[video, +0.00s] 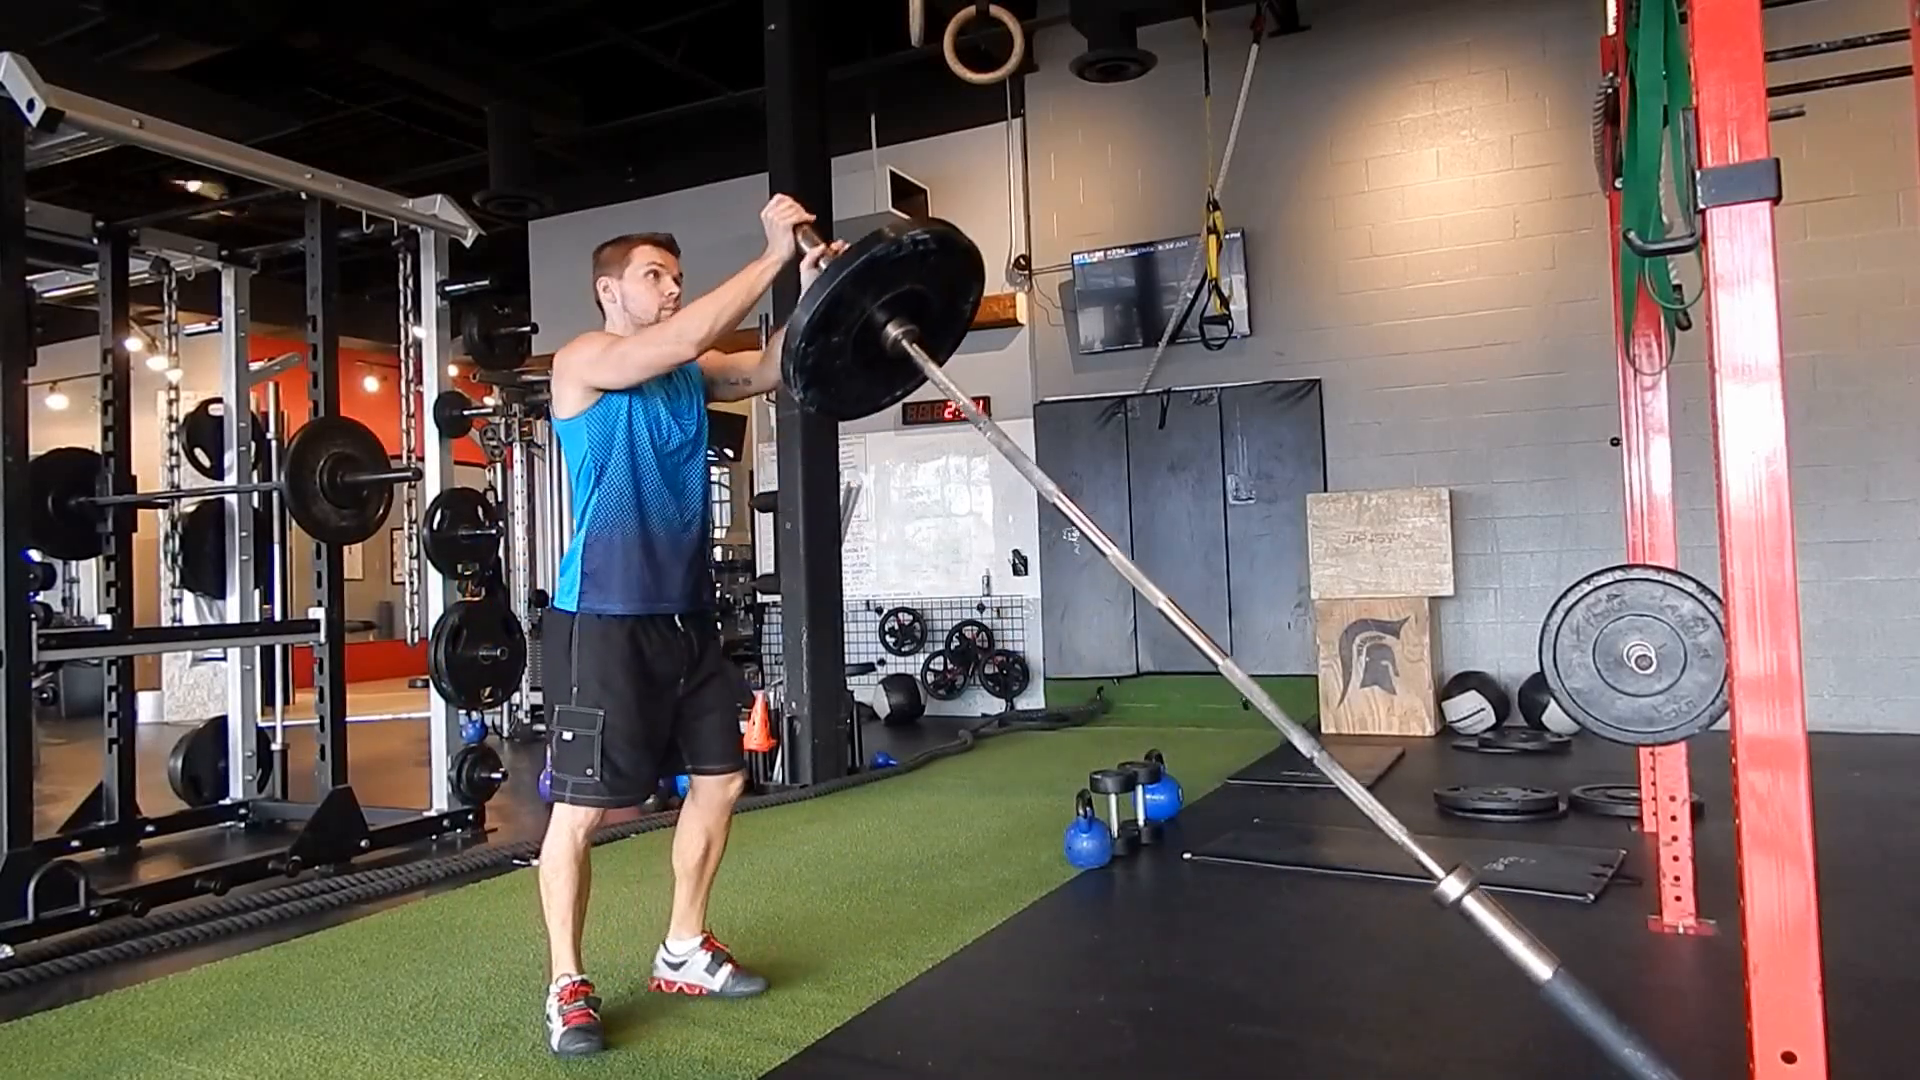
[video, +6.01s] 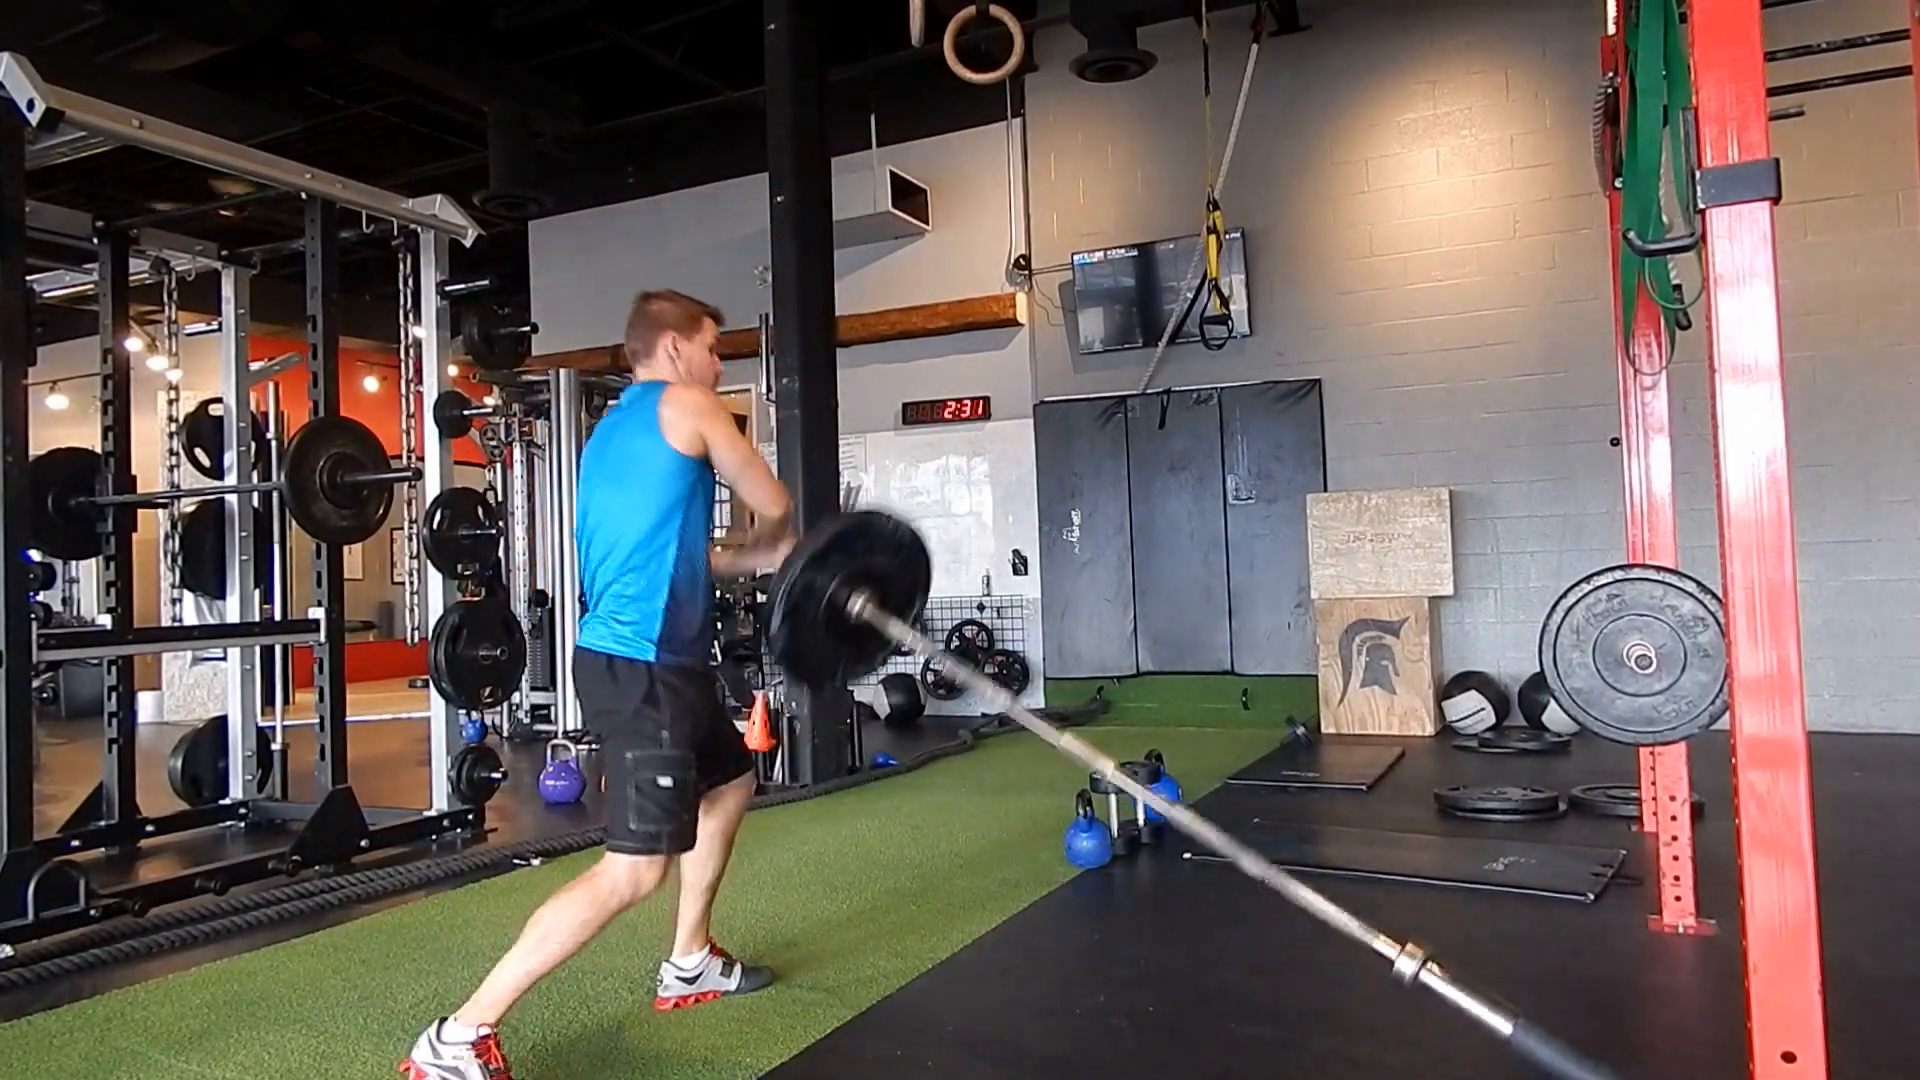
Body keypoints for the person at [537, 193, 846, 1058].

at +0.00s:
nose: (672, 290)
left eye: (678, 280)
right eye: (655, 275)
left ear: (676, 295)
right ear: (608, 289)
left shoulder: (689, 365)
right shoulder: (581, 359)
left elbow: (772, 362)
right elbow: (682, 336)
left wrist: (824, 284)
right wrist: (771, 258)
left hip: (689, 622)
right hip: (603, 623)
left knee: (719, 777)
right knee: (583, 804)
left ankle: (684, 949)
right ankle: (567, 981)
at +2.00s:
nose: (703, 285)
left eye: (704, 276)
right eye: (684, 277)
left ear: (701, 296)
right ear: (638, 297)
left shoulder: (728, 382)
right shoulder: (610, 366)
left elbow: (813, 335)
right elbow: (710, 285)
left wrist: (861, 235)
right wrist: (799, 194)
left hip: (711, 646)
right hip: (624, 646)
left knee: (728, 794)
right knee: (566, 835)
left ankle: (685, 960)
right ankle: (484, 1029)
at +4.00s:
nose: (625, 309)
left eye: (637, 297)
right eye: (607, 296)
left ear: (649, 310)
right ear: (569, 310)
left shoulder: (665, 385)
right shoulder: (529, 388)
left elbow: (728, 433)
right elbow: (509, 479)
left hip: (657, 648)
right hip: (551, 650)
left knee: (714, 807)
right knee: (512, 838)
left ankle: (696, 944)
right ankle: (477, 1033)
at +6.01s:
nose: (718, 364)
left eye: (717, 351)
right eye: (711, 350)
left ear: (650, 352)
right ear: (672, 347)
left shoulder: (615, 427)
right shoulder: (690, 404)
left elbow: (669, 555)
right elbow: (775, 506)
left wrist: (766, 556)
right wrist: (757, 543)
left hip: (662, 660)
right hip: (637, 664)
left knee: (729, 781)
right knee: (641, 862)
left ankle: (690, 961)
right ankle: (459, 1033)